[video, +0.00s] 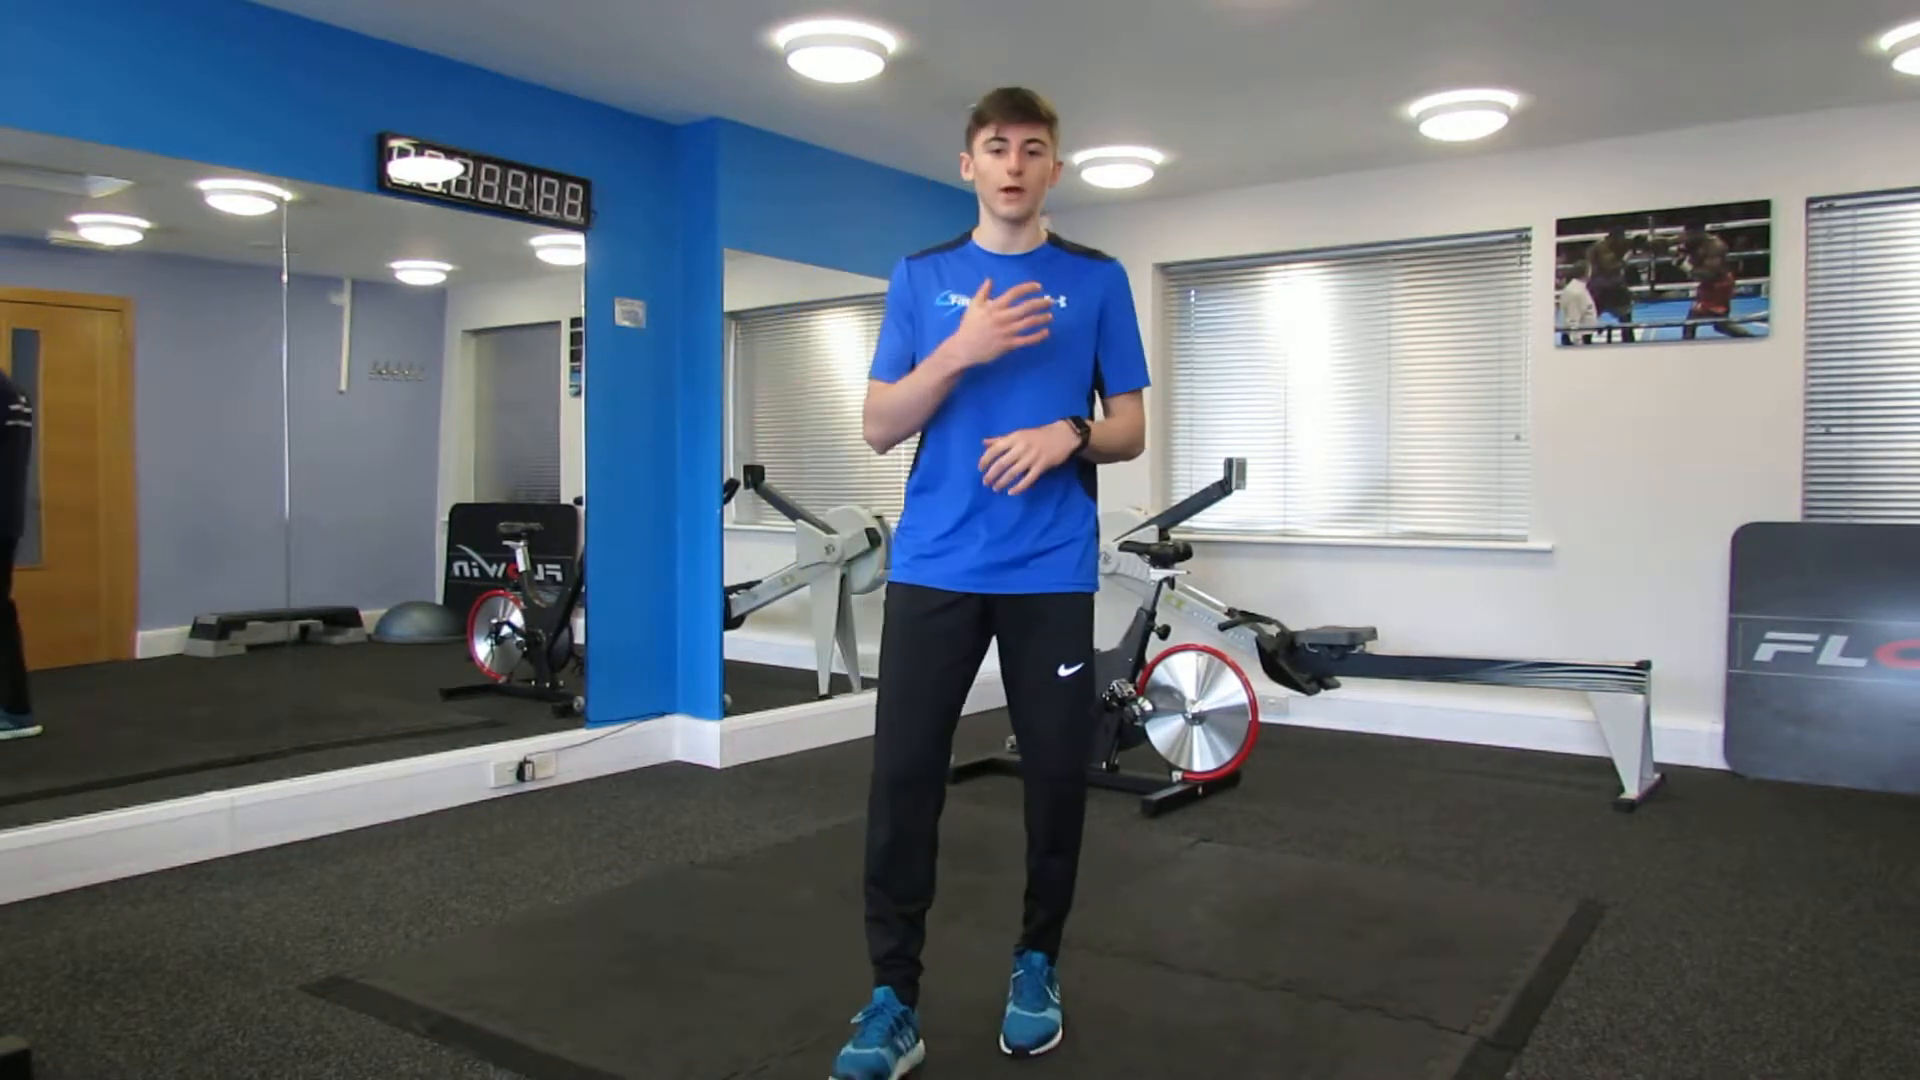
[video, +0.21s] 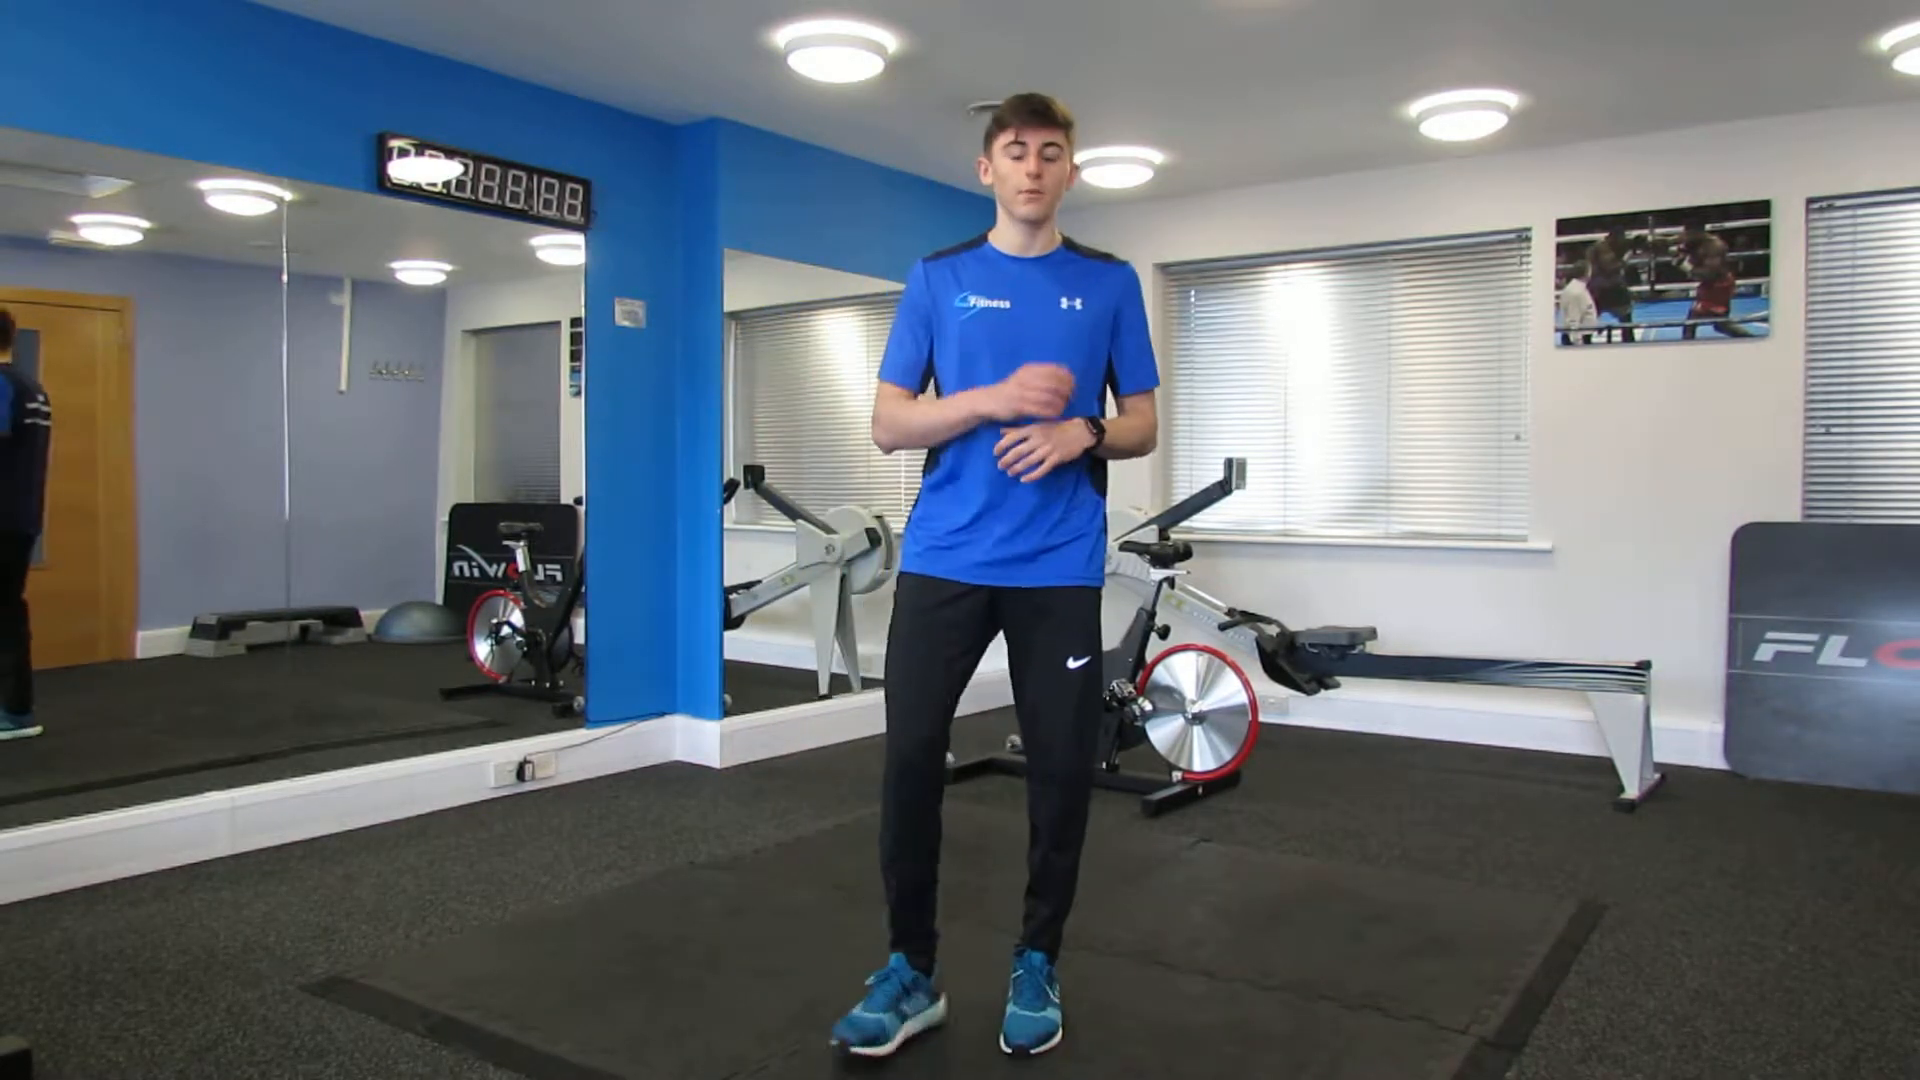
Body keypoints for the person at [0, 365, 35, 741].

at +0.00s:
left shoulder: (14, 400)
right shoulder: (19, 400)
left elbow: (15, 483)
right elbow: (17, 482)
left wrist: (13, 536)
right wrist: (14, 535)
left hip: (6, 535)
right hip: (10, 533)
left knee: (6, 611)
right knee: (6, 609)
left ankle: (17, 708)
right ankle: (17, 707)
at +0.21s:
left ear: (0, 340)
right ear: (13, 338)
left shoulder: (11, 389)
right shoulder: (35, 392)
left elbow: (31, 472)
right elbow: (36, 470)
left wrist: (30, 527)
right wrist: (33, 527)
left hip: (8, 525)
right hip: (22, 524)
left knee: (10, 609)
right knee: (13, 608)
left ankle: (17, 709)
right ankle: (17, 708)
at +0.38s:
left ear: (3, 340)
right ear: (24, 340)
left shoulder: (14, 385)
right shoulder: (48, 387)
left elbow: (11, 453)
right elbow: (47, 460)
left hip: (13, 522)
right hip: (34, 520)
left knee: (9, 609)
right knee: (16, 607)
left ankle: (15, 706)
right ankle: (43, 687)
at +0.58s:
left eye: (3, 336)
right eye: (0, 336)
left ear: (21, 339)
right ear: (37, 341)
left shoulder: (34, 387)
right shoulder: (65, 388)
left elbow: (31, 457)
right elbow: (55, 458)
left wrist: (1, 447)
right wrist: (12, 447)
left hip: (33, 527)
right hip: (47, 525)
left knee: (40, 613)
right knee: (20, 616)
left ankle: (111, 701)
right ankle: (16, 712)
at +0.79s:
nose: (15, 347)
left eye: (20, 338)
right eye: (16, 339)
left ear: (40, 340)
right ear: (47, 341)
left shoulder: (66, 388)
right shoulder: (62, 388)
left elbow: (40, 453)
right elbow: (32, 455)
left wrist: (4, 418)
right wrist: (9, 424)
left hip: (73, 529)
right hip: (62, 528)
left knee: (89, 617)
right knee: (40, 617)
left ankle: (121, 709)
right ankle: (24, 711)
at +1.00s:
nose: (30, 347)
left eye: (34, 338)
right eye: (30, 338)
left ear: (57, 340)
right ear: (61, 341)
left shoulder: (83, 386)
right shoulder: (87, 384)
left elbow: (82, 457)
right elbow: (89, 451)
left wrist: (34, 441)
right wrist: (47, 450)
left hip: (93, 527)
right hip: (87, 526)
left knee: (101, 616)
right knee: (60, 613)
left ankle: (122, 709)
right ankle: (32, 708)